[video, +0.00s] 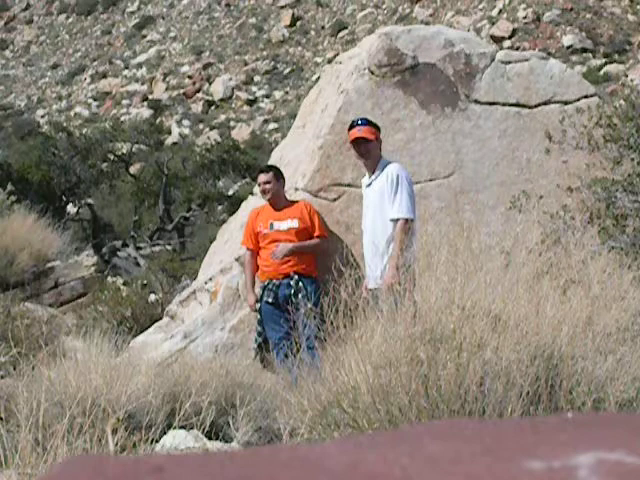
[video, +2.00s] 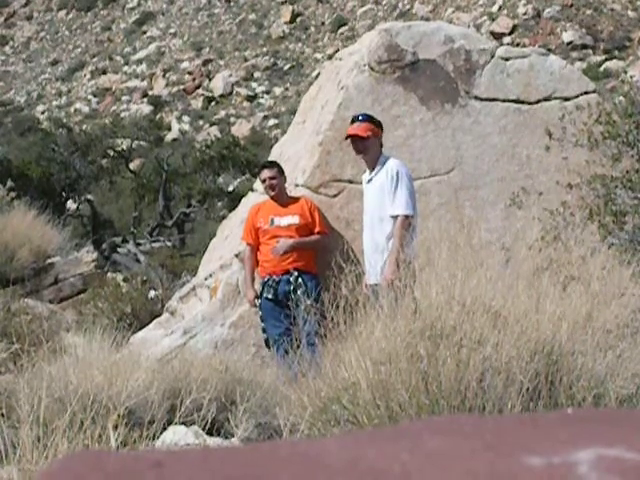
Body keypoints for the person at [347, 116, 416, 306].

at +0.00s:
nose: (362, 148)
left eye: (367, 141)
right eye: (356, 143)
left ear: (379, 142)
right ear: (352, 148)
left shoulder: (395, 173)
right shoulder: (366, 183)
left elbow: (404, 222)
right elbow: (372, 231)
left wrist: (393, 268)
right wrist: (369, 275)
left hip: (394, 276)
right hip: (375, 278)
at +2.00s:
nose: (356, 145)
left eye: (361, 139)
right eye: (352, 140)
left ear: (377, 137)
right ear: (351, 142)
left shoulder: (396, 170)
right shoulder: (367, 178)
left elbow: (404, 218)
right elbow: (372, 227)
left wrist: (393, 264)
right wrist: (369, 271)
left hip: (393, 272)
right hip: (374, 274)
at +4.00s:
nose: (352, 146)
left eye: (357, 140)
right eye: (351, 140)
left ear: (376, 139)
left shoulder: (394, 170)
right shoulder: (368, 177)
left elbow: (402, 218)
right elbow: (371, 228)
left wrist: (391, 264)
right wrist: (368, 275)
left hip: (391, 272)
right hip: (372, 275)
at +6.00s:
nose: (349, 147)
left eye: (353, 142)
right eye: (349, 142)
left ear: (367, 142)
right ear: (366, 142)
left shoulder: (392, 171)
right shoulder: (372, 175)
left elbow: (398, 223)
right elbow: (376, 226)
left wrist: (384, 274)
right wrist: (373, 274)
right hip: (374, 277)